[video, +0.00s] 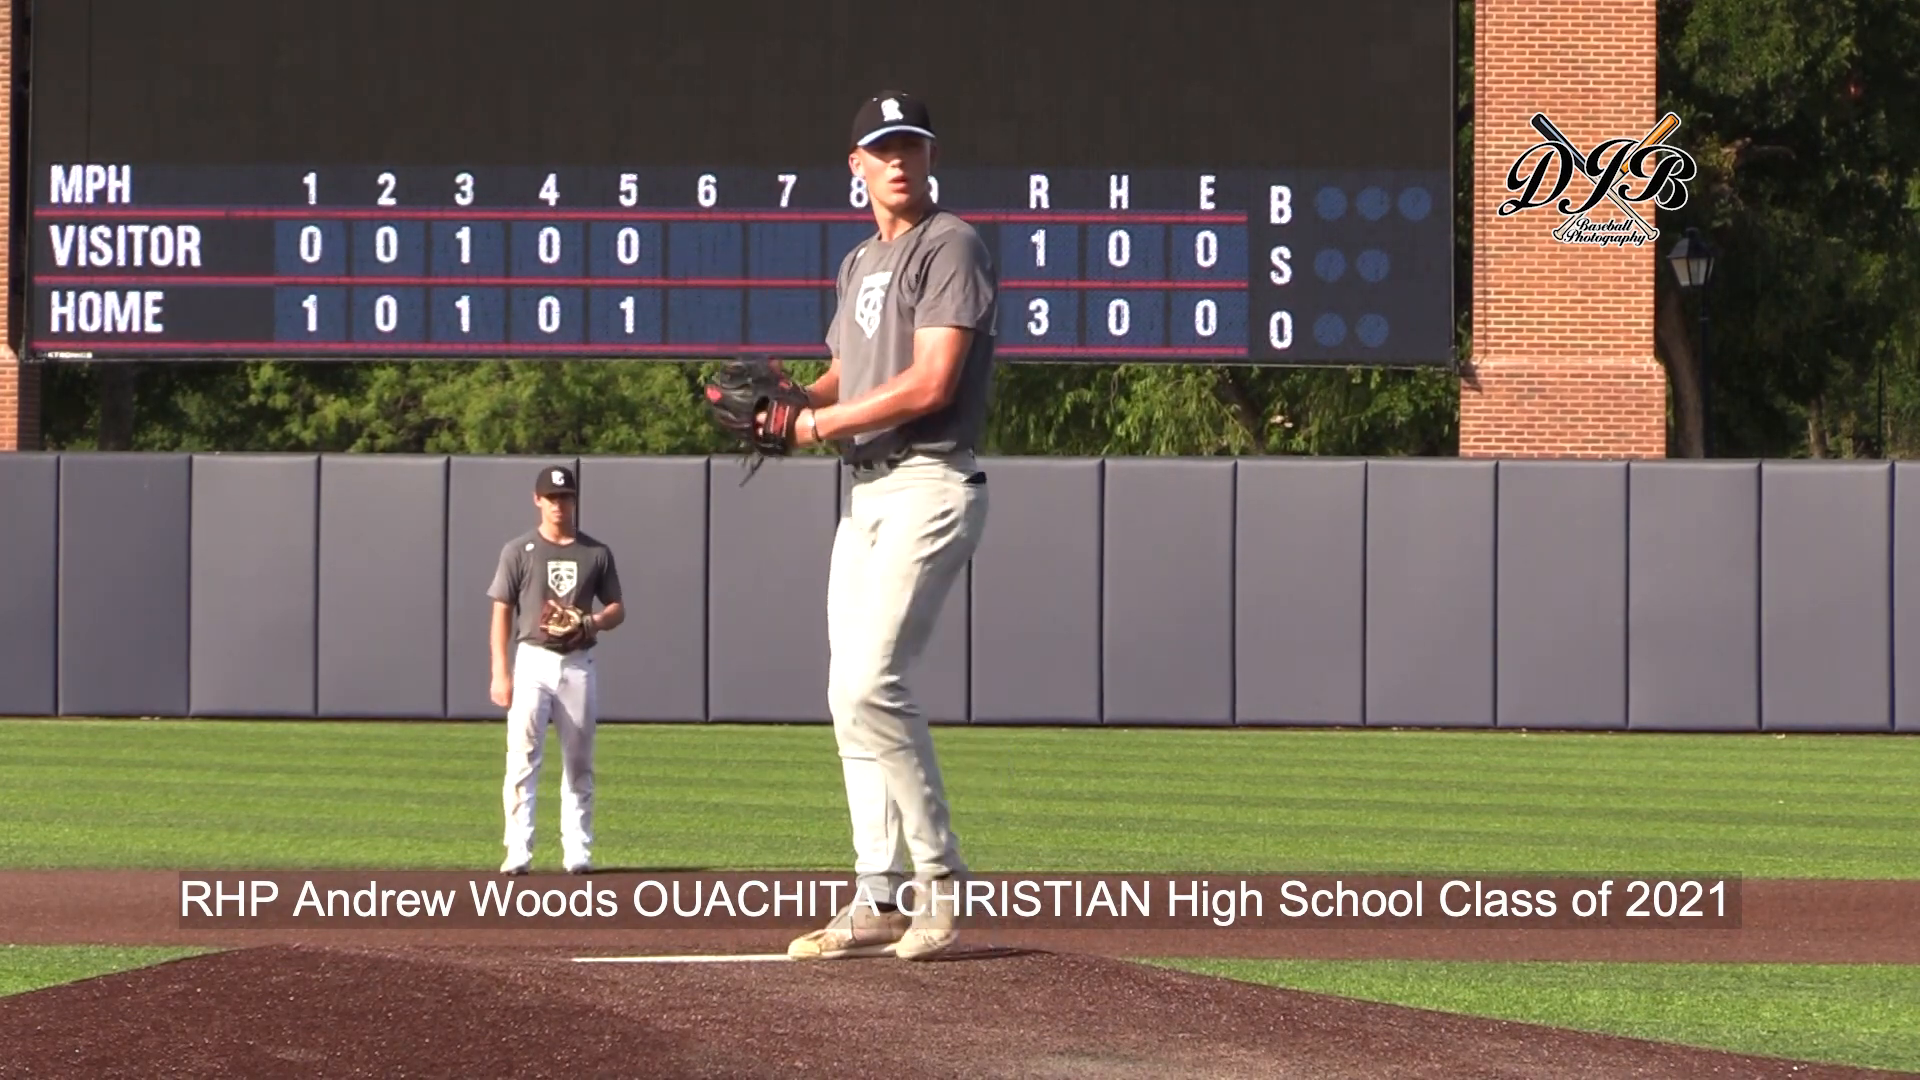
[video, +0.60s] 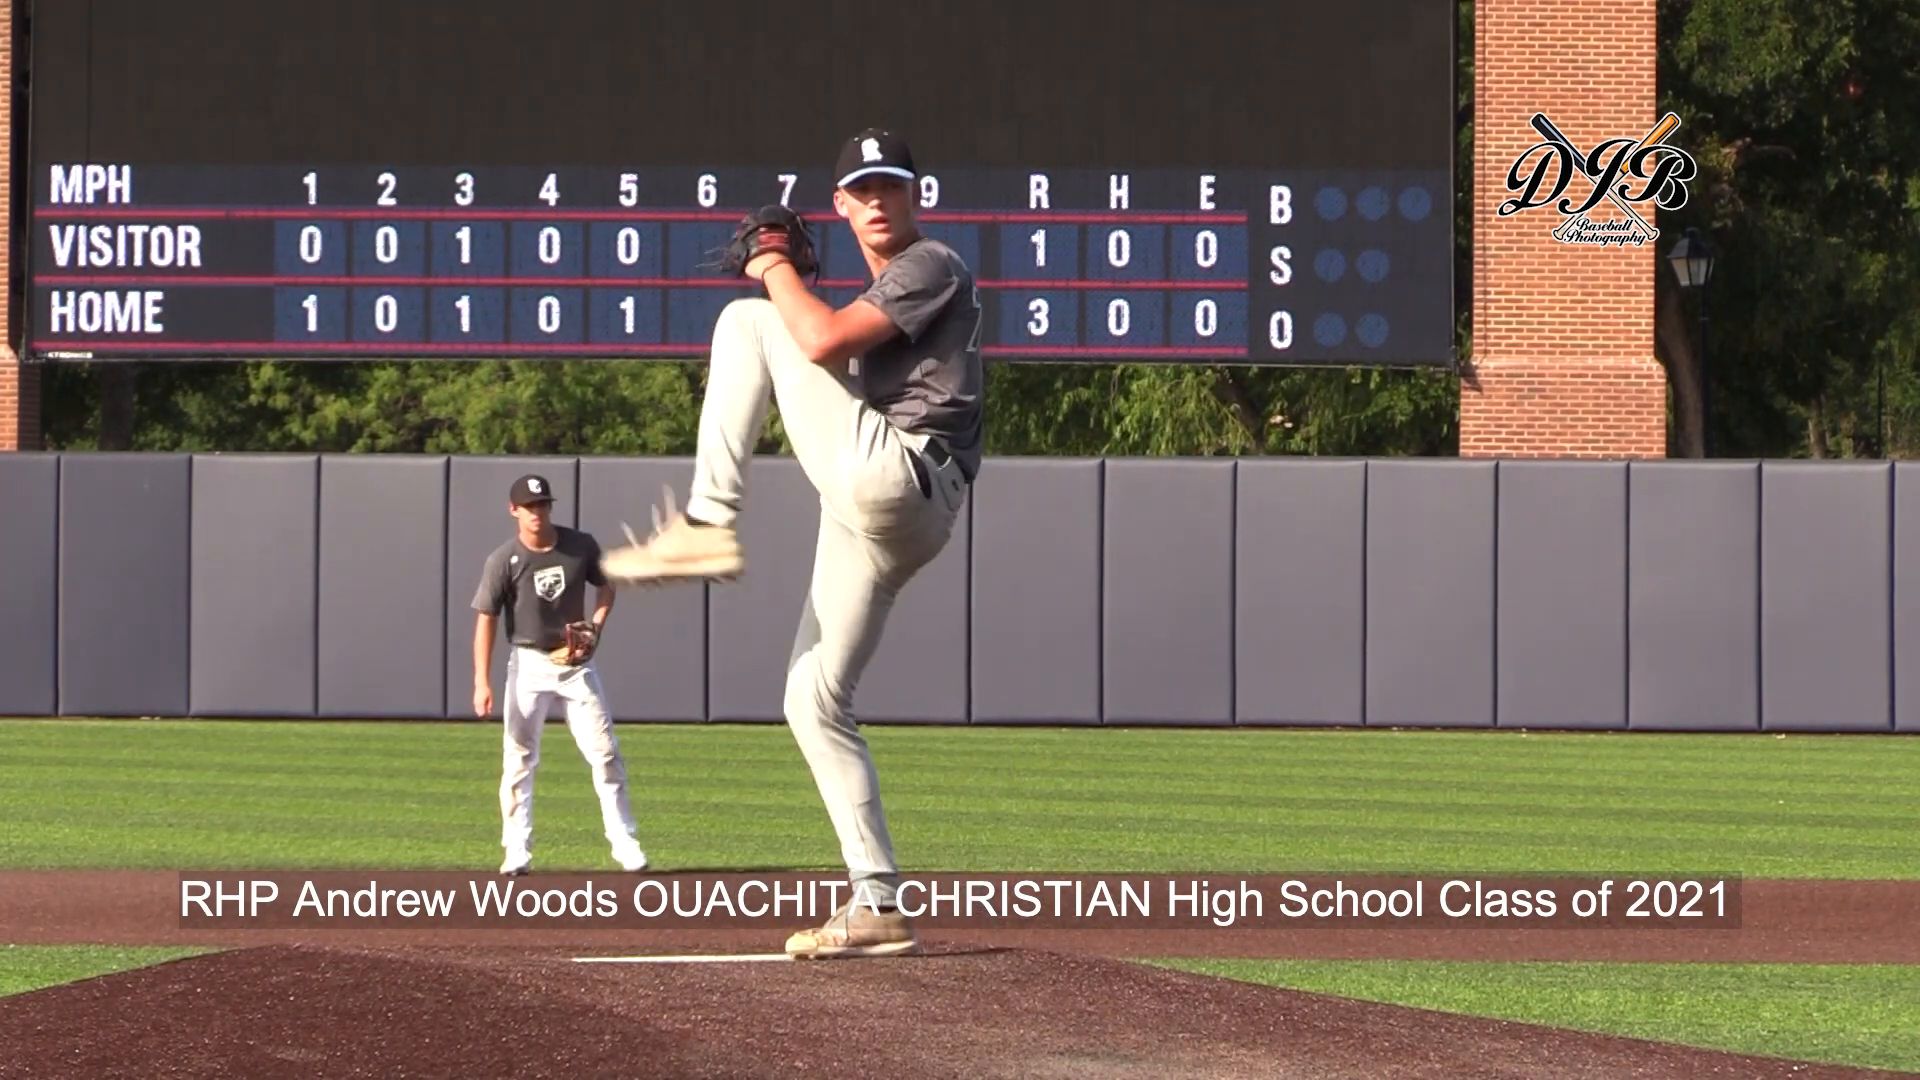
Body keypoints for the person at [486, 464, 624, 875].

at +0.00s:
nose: (559, 505)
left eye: (565, 498)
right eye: (551, 498)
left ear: (575, 502)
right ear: (538, 501)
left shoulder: (598, 554)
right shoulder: (517, 552)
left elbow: (616, 608)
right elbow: (501, 613)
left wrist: (592, 623)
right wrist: (501, 673)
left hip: (577, 665)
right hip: (530, 661)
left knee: (578, 764)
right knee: (522, 760)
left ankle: (578, 855)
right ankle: (518, 855)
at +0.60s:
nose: (537, 514)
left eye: (543, 506)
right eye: (529, 508)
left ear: (551, 507)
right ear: (514, 511)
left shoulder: (581, 546)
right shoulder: (503, 560)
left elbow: (607, 586)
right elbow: (485, 618)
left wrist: (594, 629)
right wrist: (481, 681)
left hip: (576, 664)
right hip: (528, 665)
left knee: (605, 754)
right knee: (519, 763)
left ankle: (625, 846)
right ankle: (517, 856)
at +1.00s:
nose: (600, 522)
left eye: (606, 514)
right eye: (592, 516)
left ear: (615, 517)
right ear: (578, 519)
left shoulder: (642, 561)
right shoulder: (561, 566)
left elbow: (663, 601)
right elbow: (542, 621)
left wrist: (645, 643)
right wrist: (536, 683)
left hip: (622, 675)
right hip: (571, 671)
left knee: (645, 764)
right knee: (541, 762)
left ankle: (657, 859)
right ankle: (519, 852)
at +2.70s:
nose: (545, 503)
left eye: (550, 497)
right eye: (537, 497)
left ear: (556, 500)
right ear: (518, 502)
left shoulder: (579, 548)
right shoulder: (503, 558)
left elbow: (600, 601)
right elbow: (502, 627)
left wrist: (618, 658)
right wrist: (511, 683)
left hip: (568, 662)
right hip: (521, 662)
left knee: (598, 755)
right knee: (515, 763)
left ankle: (629, 849)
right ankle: (513, 855)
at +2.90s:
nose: (555, 500)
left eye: (553, 494)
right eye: (548, 495)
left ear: (535, 500)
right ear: (527, 500)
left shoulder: (559, 544)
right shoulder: (494, 557)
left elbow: (572, 606)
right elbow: (487, 625)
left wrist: (589, 666)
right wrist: (493, 685)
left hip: (562, 660)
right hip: (514, 662)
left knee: (583, 759)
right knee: (511, 765)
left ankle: (603, 852)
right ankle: (513, 856)